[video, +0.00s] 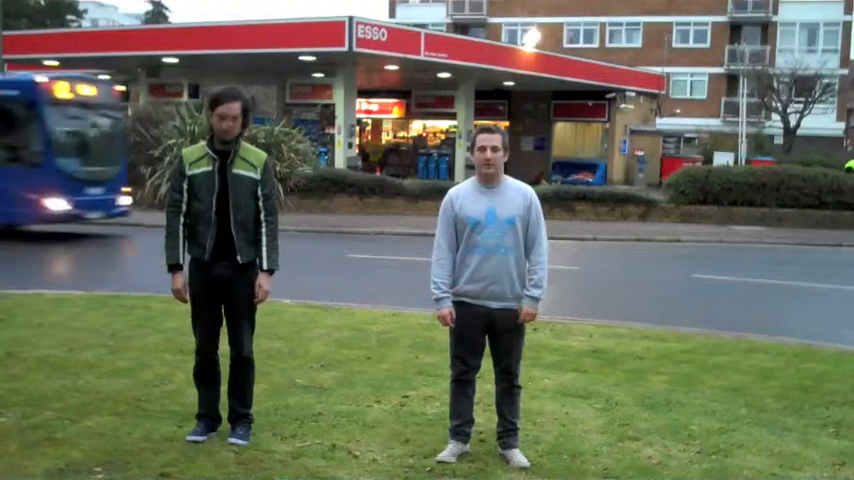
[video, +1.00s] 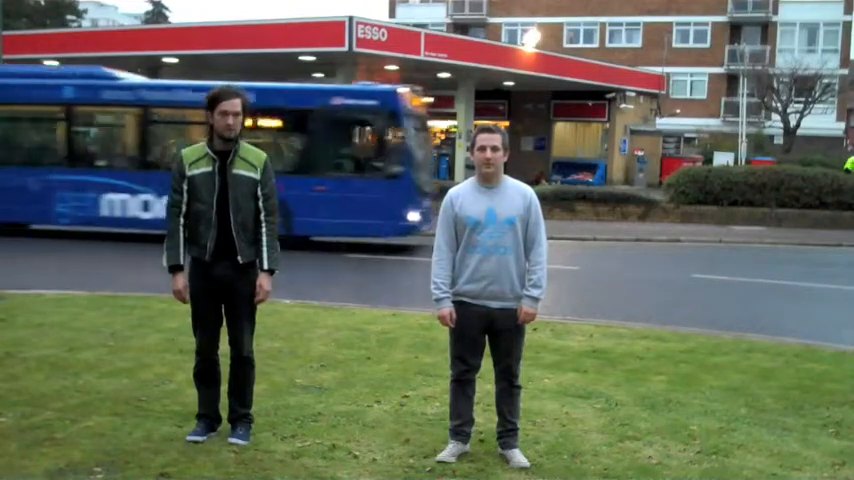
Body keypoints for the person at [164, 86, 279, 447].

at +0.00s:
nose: (227, 124)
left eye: (234, 119)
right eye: (221, 118)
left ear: (244, 122)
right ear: (210, 118)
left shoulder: (260, 163)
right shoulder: (188, 160)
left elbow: (269, 219)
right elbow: (174, 216)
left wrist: (266, 270)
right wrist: (176, 269)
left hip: (243, 269)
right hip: (202, 268)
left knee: (242, 350)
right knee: (205, 349)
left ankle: (241, 421)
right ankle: (207, 419)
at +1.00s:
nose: (232, 121)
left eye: (237, 115)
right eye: (225, 114)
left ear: (244, 119)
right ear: (210, 117)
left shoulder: (258, 162)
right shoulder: (187, 159)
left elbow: (268, 218)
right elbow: (175, 216)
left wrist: (267, 270)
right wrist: (177, 269)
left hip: (243, 269)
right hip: (202, 268)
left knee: (242, 351)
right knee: (205, 349)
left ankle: (241, 421)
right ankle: (207, 419)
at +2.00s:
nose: (224, 124)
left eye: (231, 119)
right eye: (218, 118)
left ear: (241, 121)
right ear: (208, 118)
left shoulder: (257, 162)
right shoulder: (187, 159)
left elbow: (267, 219)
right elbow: (175, 216)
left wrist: (264, 270)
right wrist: (176, 269)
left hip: (241, 269)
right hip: (200, 268)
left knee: (241, 350)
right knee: (204, 348)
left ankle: (241, 421)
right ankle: (206, 419)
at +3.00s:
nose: (220, 126)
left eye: (227, 121)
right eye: (215, 119)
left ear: (239, 123)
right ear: (206, 119)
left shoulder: (257, 163)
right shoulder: (185, 160)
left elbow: (266, 220)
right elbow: (172, 216)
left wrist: (264, 271)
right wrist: (173, 269)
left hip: (241, 270)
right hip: (200, 269)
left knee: (240, 350)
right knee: (203, 349)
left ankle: (240, 421)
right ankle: (206, 419)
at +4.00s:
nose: (214, 126)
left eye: (221, 121)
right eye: (212, 120)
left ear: (241, 124)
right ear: (209, 120)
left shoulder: (263, 165)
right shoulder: (194, 159)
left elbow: (270, 223)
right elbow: (178, 212)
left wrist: (264, 275)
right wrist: (173, 265)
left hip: (243, 272)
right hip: (202, 269)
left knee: (242, 350)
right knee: (194, 345)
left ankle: (241, 421)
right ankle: (204, 419)